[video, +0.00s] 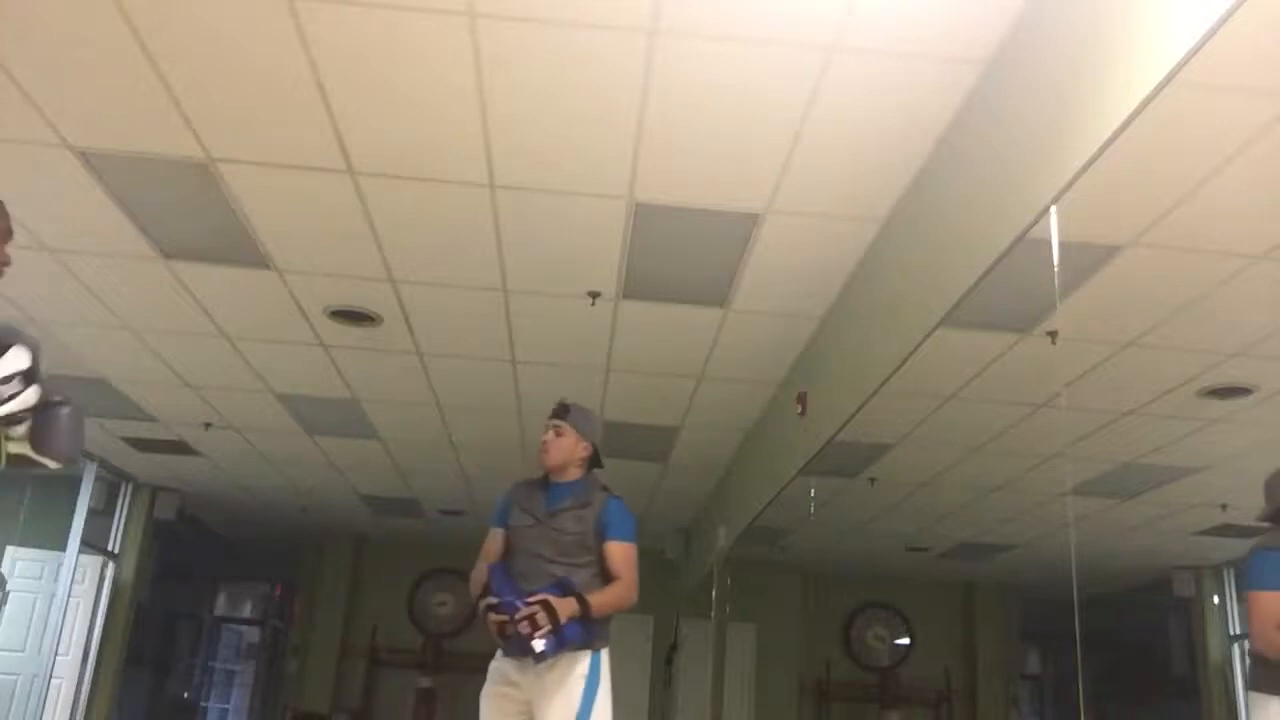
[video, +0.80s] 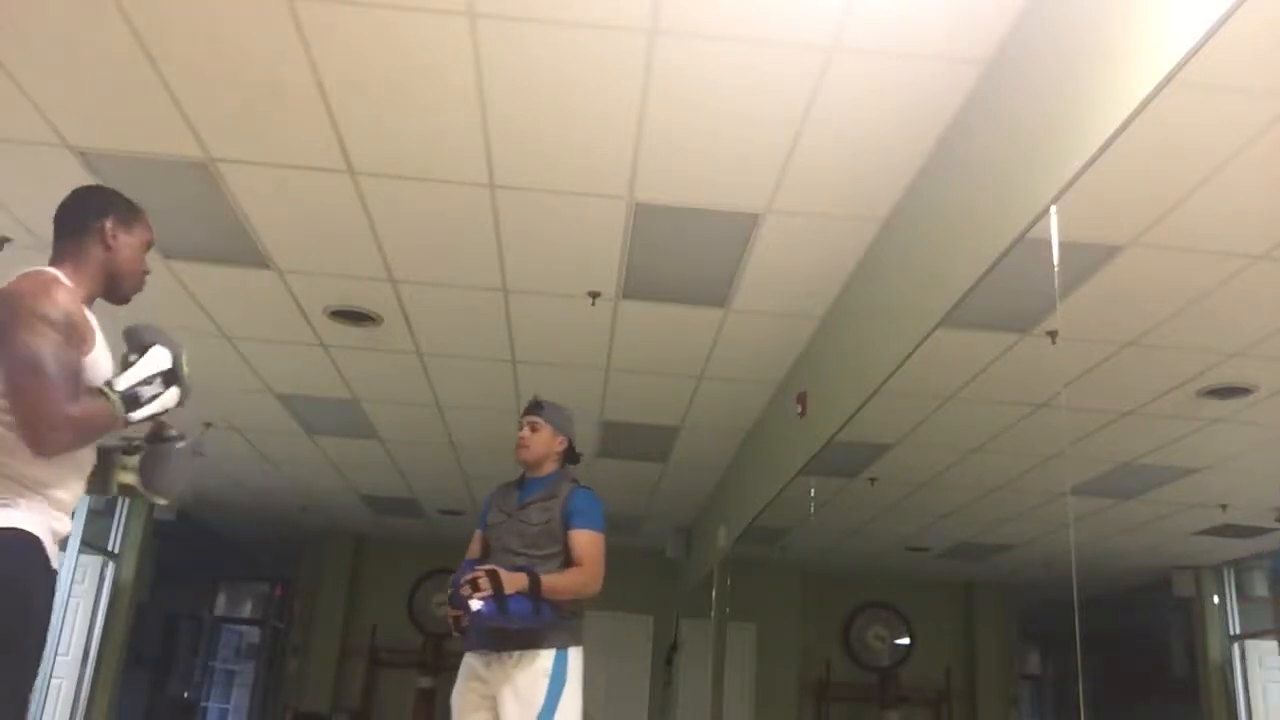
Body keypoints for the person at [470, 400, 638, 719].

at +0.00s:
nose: (545, 438)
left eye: (557, 432)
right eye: (546, 431)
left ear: (584, 448)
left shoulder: (608, 509)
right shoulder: (517, 497)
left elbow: (626, 590)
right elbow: (485, 565)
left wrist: (569, 607)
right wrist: (488, 607)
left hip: (574, 667)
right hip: (511, 662)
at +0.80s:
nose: (521, 434)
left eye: (533, 427)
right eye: (521, 427)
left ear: (560, 443)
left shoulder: (579, 500)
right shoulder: (499, 498)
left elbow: (590, 579)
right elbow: (471, 564)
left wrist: (520, 581)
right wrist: (461, 601)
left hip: (542, 660)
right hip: (482, 656)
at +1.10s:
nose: (492, 430)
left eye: (505, 423)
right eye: (491, 424)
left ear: (530, 439)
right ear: (486, 434)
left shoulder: (544, 493)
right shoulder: (469, 495)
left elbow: (552, 570)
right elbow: (437, 556)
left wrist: (480, 568)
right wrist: (417, 590)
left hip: (503, 654)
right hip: (444, 648)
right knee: (434, 713)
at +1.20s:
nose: (484, 428)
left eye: (496, 422)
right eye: (483, 422)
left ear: (521, 439)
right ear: (478, 433)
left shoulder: (535, 491)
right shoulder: (459, 493)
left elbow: (543, 569)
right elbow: (426, 555)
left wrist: (471, 567)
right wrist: (405, 590)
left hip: (492, 650)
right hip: (436, 645)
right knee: (425, 713)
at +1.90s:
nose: (448, 415)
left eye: (462, 409)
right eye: (446, 408)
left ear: (485, 428)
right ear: (438, 420)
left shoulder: (496, 489)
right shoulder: (410, 482)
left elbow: (517, 573)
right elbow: (375, 544)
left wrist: (453, 567)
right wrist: (354, 588)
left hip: (450, 641)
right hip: (395, 637)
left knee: (435, 713)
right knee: (394, 713)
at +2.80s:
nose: (385, 419)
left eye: (399, 412)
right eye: (381, 411)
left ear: (422, 428)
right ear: (374, 418)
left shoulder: (432, 482)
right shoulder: (354, 475)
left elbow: (440, 563)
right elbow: (328, 526)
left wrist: (371, 536)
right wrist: (321, 533)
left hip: (386, 624)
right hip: (338, 620)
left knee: (356, 712)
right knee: (319, 712)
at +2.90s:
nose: (387, 411)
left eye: (400, 407)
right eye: (383, 405)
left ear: (420, 428)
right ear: (374, 417)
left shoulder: (427, 482)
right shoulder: (355, 477)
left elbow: (441, 564)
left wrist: (368, 534)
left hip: (378, 625)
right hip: (329, 618)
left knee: (350, 711)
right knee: (321, 710)